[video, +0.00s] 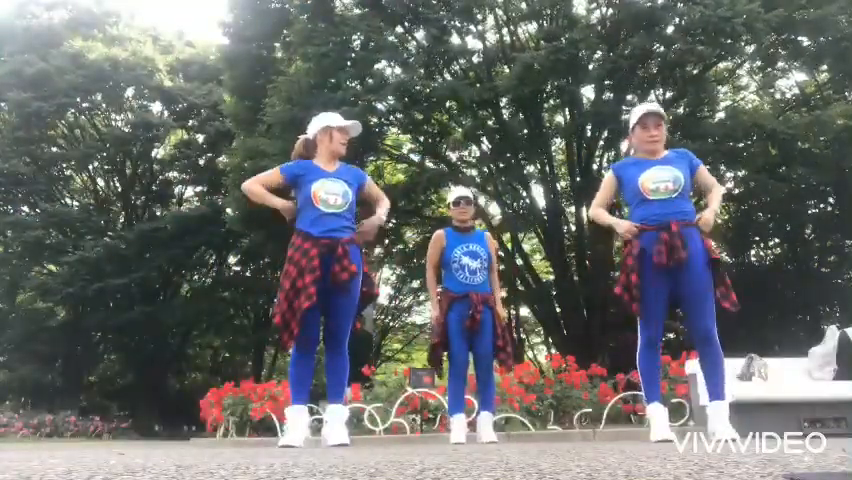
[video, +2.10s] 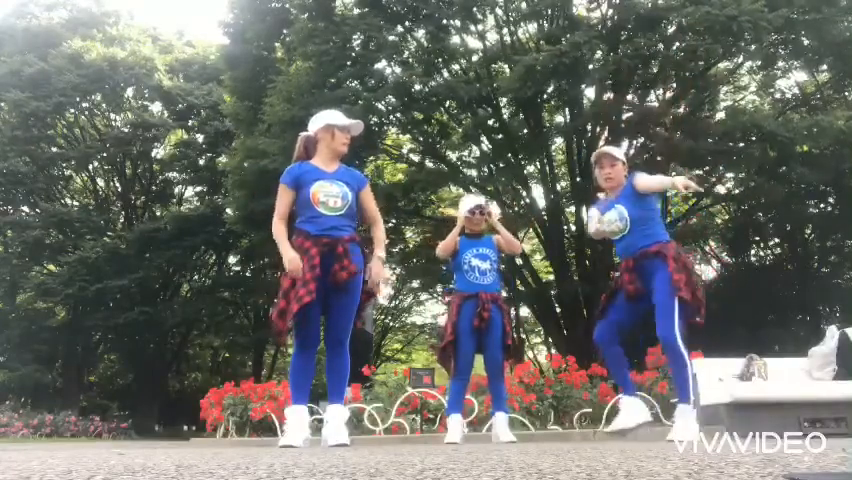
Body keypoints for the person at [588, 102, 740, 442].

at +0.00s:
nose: (652, 131)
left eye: (657, 125)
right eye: (645, 126)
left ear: (666, 130)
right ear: (632, 133)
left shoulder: (683, 157)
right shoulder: (620, 168)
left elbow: (713, 187)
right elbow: (595, 210)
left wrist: (711, 210)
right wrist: (615, 222)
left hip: (689, 240)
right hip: (648, 244)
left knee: (706, 331)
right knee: (651, 334)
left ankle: (719, 414)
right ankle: (656, 413)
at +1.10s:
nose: (636, 125)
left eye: (642, 119)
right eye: (629, 122)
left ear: (657, 125)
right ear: (623, 133)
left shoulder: (682, 156)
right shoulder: (617, 174)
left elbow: (712, 199)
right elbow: (607, 226)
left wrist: (701, 173)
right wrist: (602, 212)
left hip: (676, 242)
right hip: (636, 250)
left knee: (697, 326)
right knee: (634, 332)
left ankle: (718, 409)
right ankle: (650, 417)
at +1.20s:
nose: (637, 131)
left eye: (643, 124)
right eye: (630, 128)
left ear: (657, 130)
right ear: (625, 138)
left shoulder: (679, 158)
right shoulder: (620, 175)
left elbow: (724, 165)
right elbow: (593, 209)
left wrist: (699, 132)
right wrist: (593, 169)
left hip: (674, 247)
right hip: (635, 252)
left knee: (686, 327)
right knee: (627, 332)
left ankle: (713, 408)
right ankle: (650, 416)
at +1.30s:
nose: (636, 130)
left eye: (641, 124)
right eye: (629, 128)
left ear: (657, 129)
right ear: (625, 140)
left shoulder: (678, 152)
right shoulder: (625, 172)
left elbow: (718, 124)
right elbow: (587, 167)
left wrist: (688, 95)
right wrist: (595, 139)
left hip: (677, 250)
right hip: (639, 256)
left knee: (688, 329)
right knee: (621, 328)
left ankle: (713, 408)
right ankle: (648, 413)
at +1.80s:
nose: (617, 154)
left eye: (623, 149)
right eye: (611, 151)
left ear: (636, 155)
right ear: (607, 160)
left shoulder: (650, 170)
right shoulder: (605, 190)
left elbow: (662, 132)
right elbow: (600, 165)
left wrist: (682, 99)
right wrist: (608, 131)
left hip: (662, 253)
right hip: (631, 267)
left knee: (674, 324)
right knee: (624, 345)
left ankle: (704, 402)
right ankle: (652, 419)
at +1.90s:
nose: (614, 169)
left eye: (619, 163)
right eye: (609, 167)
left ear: (633, 164)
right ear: (605, 174)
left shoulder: (649, 181)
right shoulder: (608, 201)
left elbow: (661, 156)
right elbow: (598, 205)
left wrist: (681, 135)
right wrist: (600, 175)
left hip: (659, 264)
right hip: (629, 272)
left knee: (655, 338)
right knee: (613, 345)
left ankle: (684, 410)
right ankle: (651, 417)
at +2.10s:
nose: (608, 171)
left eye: (613, 165)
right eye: (601, 168)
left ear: (625, 167)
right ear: (595, 176)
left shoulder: (635, 182)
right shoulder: (599, 206)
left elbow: (649, 182)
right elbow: (593, 229)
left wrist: (674, 181)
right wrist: (600, 229)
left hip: (660, 263)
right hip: (633, 276)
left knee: (668, 335)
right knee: (605, 333)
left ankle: (687, 409)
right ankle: (631, 402)